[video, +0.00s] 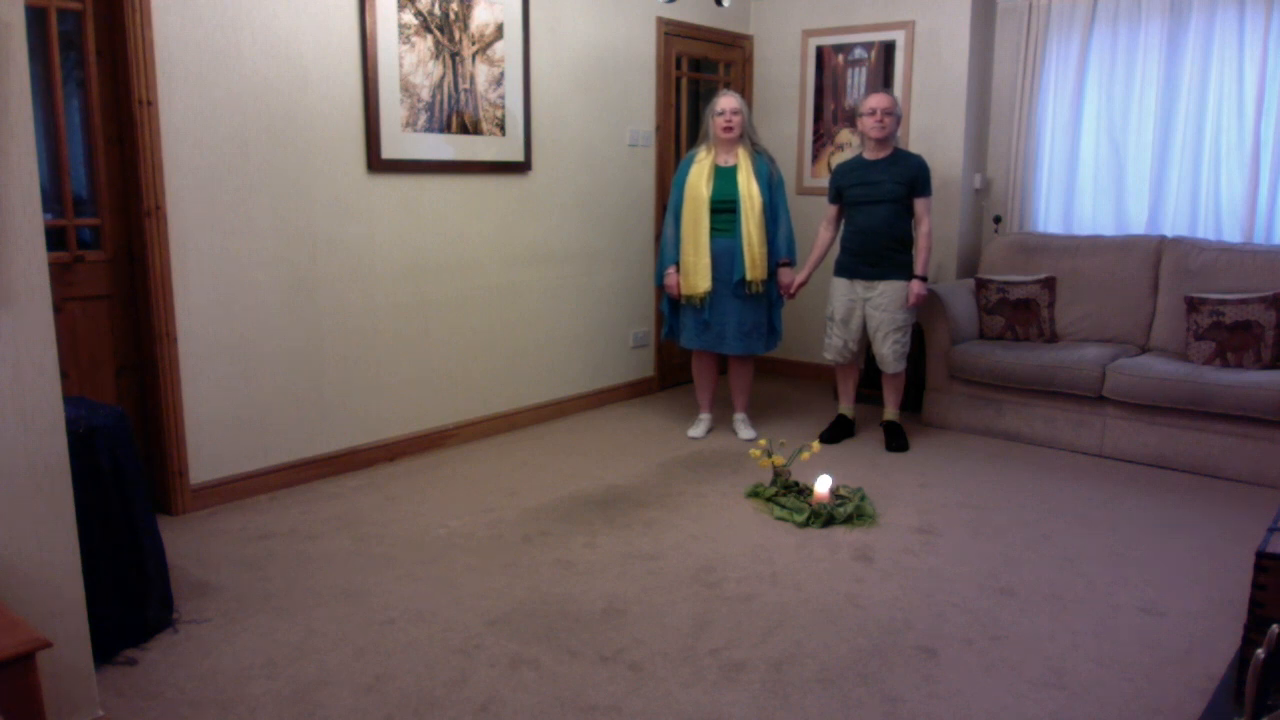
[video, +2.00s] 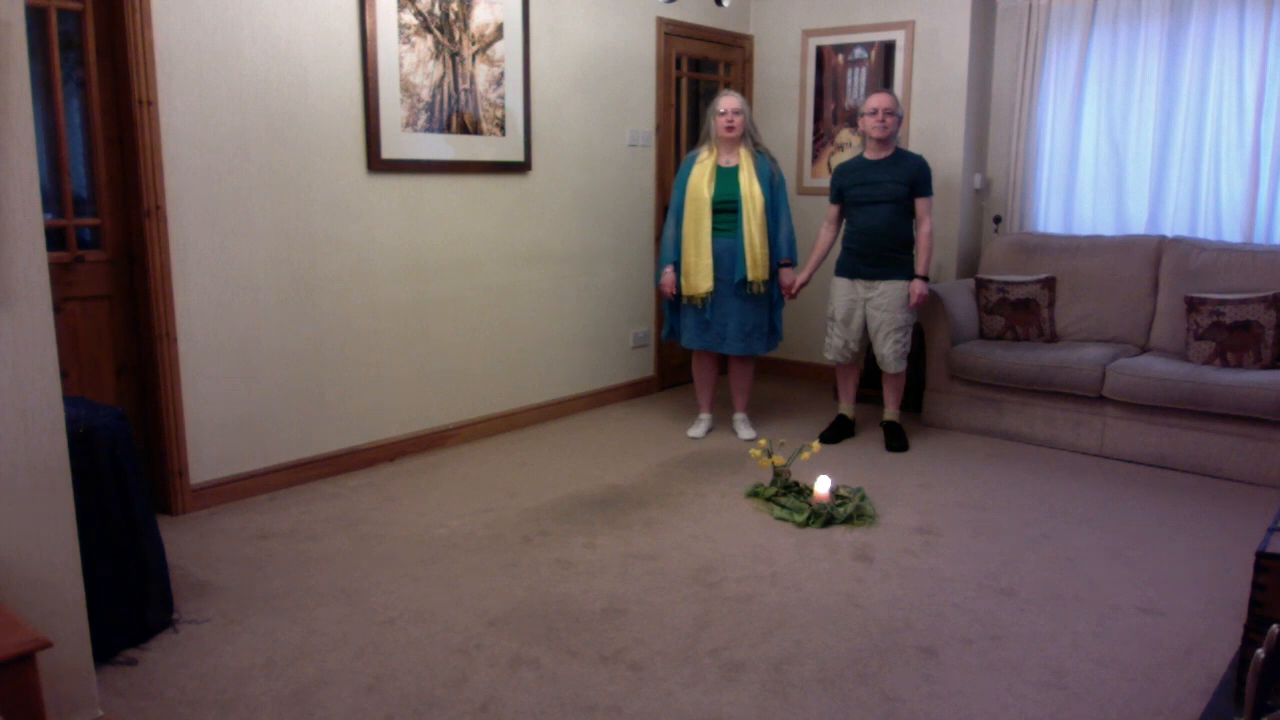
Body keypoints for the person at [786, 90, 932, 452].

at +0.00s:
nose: (879, 119)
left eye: (887, 113)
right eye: (872, 114)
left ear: (898, 121)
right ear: (858, 122)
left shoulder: (913, 166)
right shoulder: (843, 172)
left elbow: (923, 225)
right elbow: (829, 227)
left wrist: (920, 276)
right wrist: (805, 273)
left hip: (893, 279)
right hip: (848, 277)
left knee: (892, 354)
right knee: (844, 349)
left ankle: (892, 420)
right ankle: (845, 415)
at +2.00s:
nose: (881, 118)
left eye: (888, 113)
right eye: (873, 113)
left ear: (899, 121)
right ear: (860, 122)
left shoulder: (914, 166)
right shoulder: (844, 172)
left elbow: (924, 224)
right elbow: (830, 227)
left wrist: (921, 276)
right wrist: (806, 273)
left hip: (894, 278)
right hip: (849, 276)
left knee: (893, 355)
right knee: (844, 349)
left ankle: (892, 419)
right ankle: (845, 415)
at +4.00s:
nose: (883, 119)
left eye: (891, 113)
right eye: (875, 113)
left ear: (902, 120)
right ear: (863, 122)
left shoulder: (917, 167)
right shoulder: (847, 172)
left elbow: (926, 224)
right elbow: (832, 226)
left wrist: (923, 276)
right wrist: (807, 273)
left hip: (896, 279)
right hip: (851, 277)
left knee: (894, 355)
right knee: (845, 349)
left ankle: (892, 419)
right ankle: (845, 416)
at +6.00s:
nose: (847, 125)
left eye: (855, 119)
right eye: (840, 119)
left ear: (867, 125)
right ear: (828, 126)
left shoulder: (882, 172)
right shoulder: (818, 175)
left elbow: (898, 228)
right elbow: (798, 230)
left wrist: (899, 280)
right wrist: (770, 275)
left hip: (861, 282)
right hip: (818, 280)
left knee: (869, 355)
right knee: (811, 350)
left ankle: (885, 419)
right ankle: (819, 416)